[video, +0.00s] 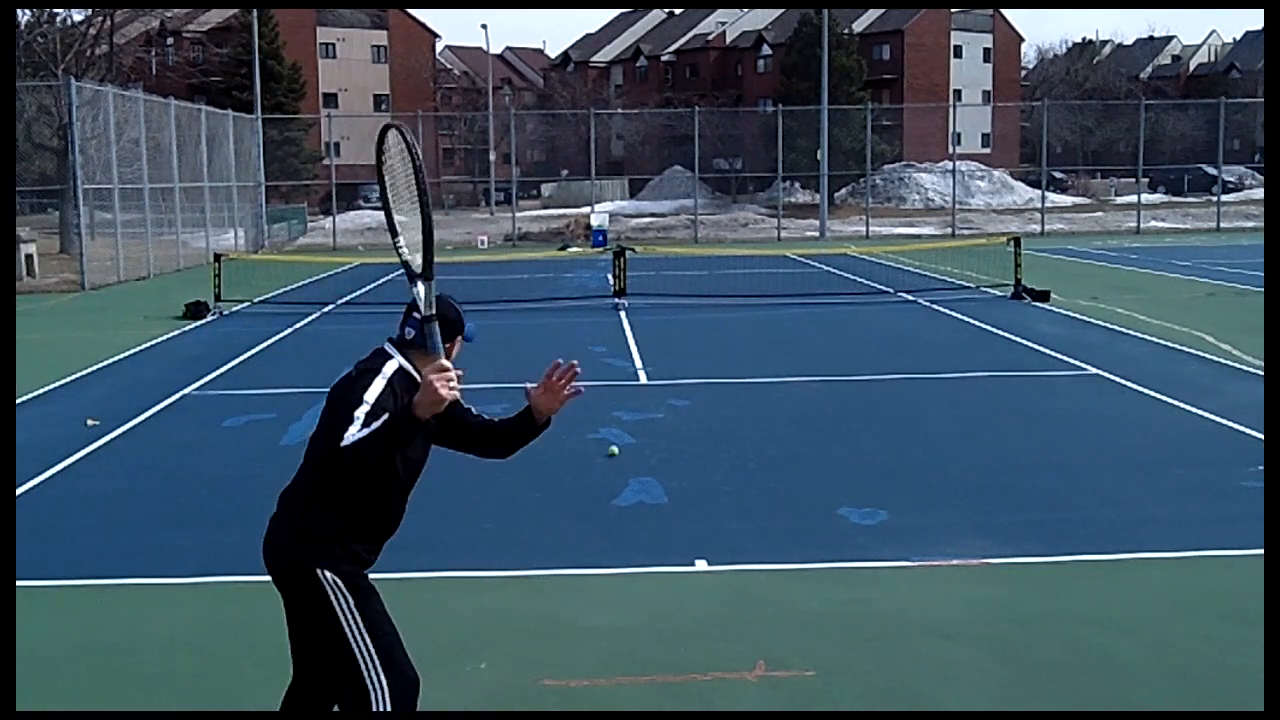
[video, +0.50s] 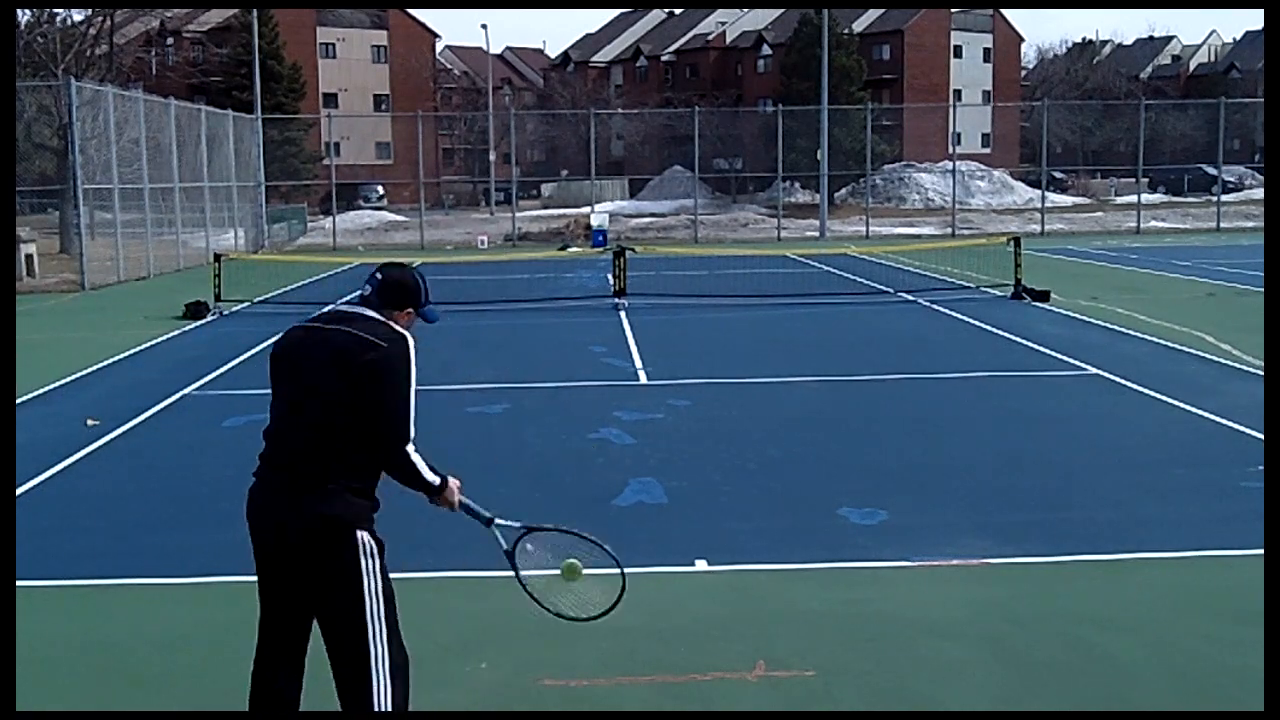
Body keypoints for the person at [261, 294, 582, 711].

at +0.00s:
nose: (457, 355)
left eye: (458, 345)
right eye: (457, 344)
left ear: (412, 335)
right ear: (447, 344)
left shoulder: (419, 390)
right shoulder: (378, 379)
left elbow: (492, 441)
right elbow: (342, 454)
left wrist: (536, 414)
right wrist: (413, 413)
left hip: (334, 553)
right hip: (313, 553)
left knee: (316, 687)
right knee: (391, 686)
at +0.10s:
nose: (456, 357)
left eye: (457, 348)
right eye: (456, 349)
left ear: (408, 339)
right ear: (448, 354)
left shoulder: (426, 404)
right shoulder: (367, 383)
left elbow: (484, 448)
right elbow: (317, 440)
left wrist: (545, 437)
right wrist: (360, 413)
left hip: (327, 553)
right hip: (301, 551)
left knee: (321, 681)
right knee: (382, 684)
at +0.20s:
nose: (455, 364)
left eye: (455, 357)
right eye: (456, 357)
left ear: (409, 347)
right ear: (447, 361)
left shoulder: (420, 411)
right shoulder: (373, 385)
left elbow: (470, 459)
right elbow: (310, 444)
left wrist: (549, 465)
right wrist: (334, 439)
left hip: (318, 553)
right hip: (294, 551)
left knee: (312, 681)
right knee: (379, 681)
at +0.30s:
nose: (456, 368)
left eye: (455, 360)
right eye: (456, 360)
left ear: (407, 352)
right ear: (445, 367)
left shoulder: (399, 404)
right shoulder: (383, 389)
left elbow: (440, 468)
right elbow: (329, 452)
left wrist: (518, 490)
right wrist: (346, 490)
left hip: (276, 549)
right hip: (301, 554)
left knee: (307, 677)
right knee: (384, 682)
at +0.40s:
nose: (441, 356)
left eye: (442, 348)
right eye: (442, 349)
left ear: (392, 337)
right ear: (431, 353)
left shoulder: (349, 370)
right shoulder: (388, 384)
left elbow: (371, 465)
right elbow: (357, 477)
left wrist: (441, 477)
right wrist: (406, 544)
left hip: (267, 537)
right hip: (312, 547)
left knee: (294, 675)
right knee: (388, 680)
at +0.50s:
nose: (414, 324)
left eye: (417, 317)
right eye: (415, 317)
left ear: (366, 297)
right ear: (403, 312)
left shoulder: (294, 337)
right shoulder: (392, 344)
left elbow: (297, 428)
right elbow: (393, 448)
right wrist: (438, 486)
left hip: (272, 511)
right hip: (340, 519)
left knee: (278, 652)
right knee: (374, 662)